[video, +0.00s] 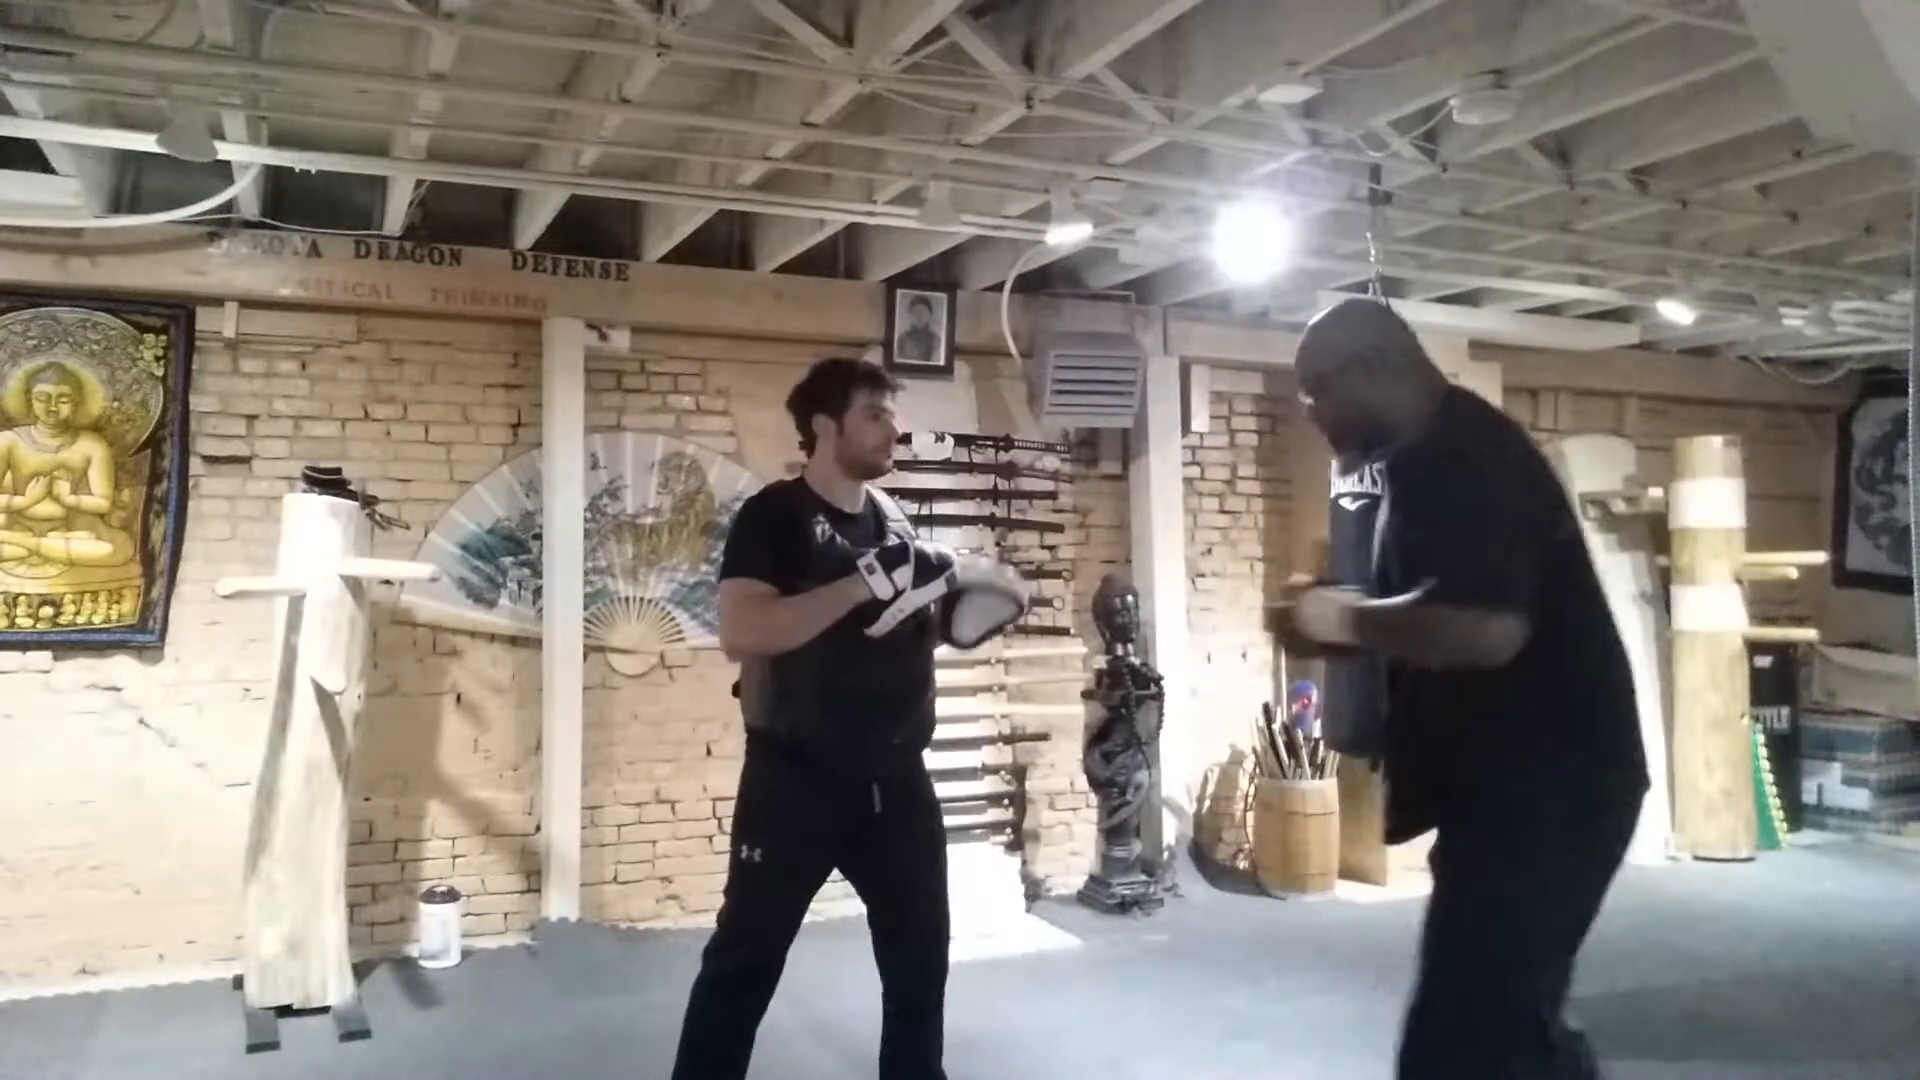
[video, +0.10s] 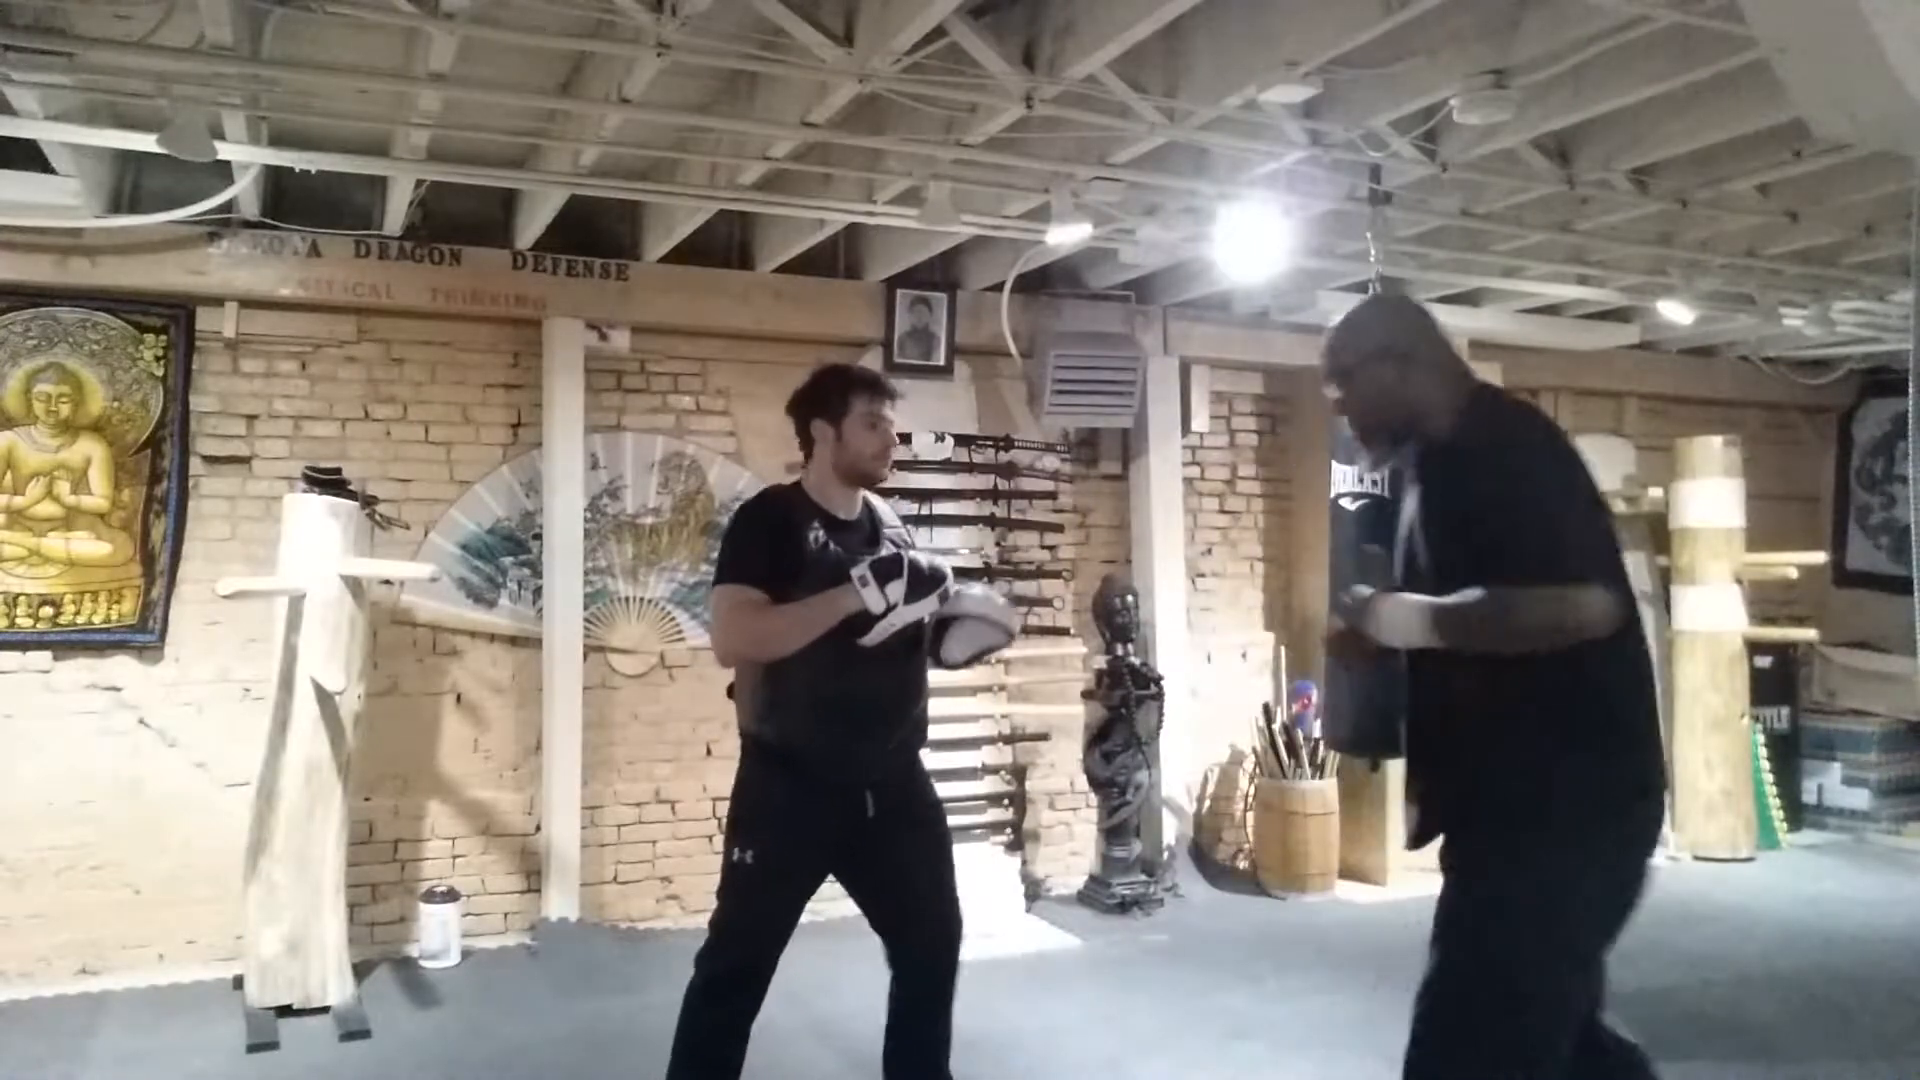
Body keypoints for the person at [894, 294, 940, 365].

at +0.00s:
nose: (919, 316)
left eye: (923, 312)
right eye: (916, 312)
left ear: (930, 316)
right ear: (909, 315)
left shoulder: (935, 340)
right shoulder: (902, 339)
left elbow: (935, 363)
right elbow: (898, 361)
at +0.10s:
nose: (919, 316)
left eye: (923, 312)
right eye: (916, 312)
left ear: (930, 316)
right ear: (909, 315)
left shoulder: (935, 340)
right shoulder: (902, 339)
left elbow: (935, 363)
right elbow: (898, 361)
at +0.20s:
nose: (919, 316)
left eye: (923, 312)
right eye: (916, 312)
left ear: (930, 316)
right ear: (909, 315)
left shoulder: (935, 340)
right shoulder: (902, 339)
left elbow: (935, 363)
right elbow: (898, 361)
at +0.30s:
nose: (919, 316)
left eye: (923, 312)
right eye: (915, 312)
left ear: (930, 315)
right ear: (909, 315)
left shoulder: (935, 340)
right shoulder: (902, 339)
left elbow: (935, 363)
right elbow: (898, 361)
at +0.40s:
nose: (919, 316)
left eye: (923, 312)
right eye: (916, 312)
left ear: (930, 316)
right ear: (909, 315)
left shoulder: (935, 340)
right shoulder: (902, 339)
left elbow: (935, 363)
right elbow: (898, 361)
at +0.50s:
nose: (920, 316)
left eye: (923, 312)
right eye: (917, 312)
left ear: (930, 315)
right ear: (910, 314)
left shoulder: (935, 340)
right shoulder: (902, 339)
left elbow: (935, 363)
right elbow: (898, 360)